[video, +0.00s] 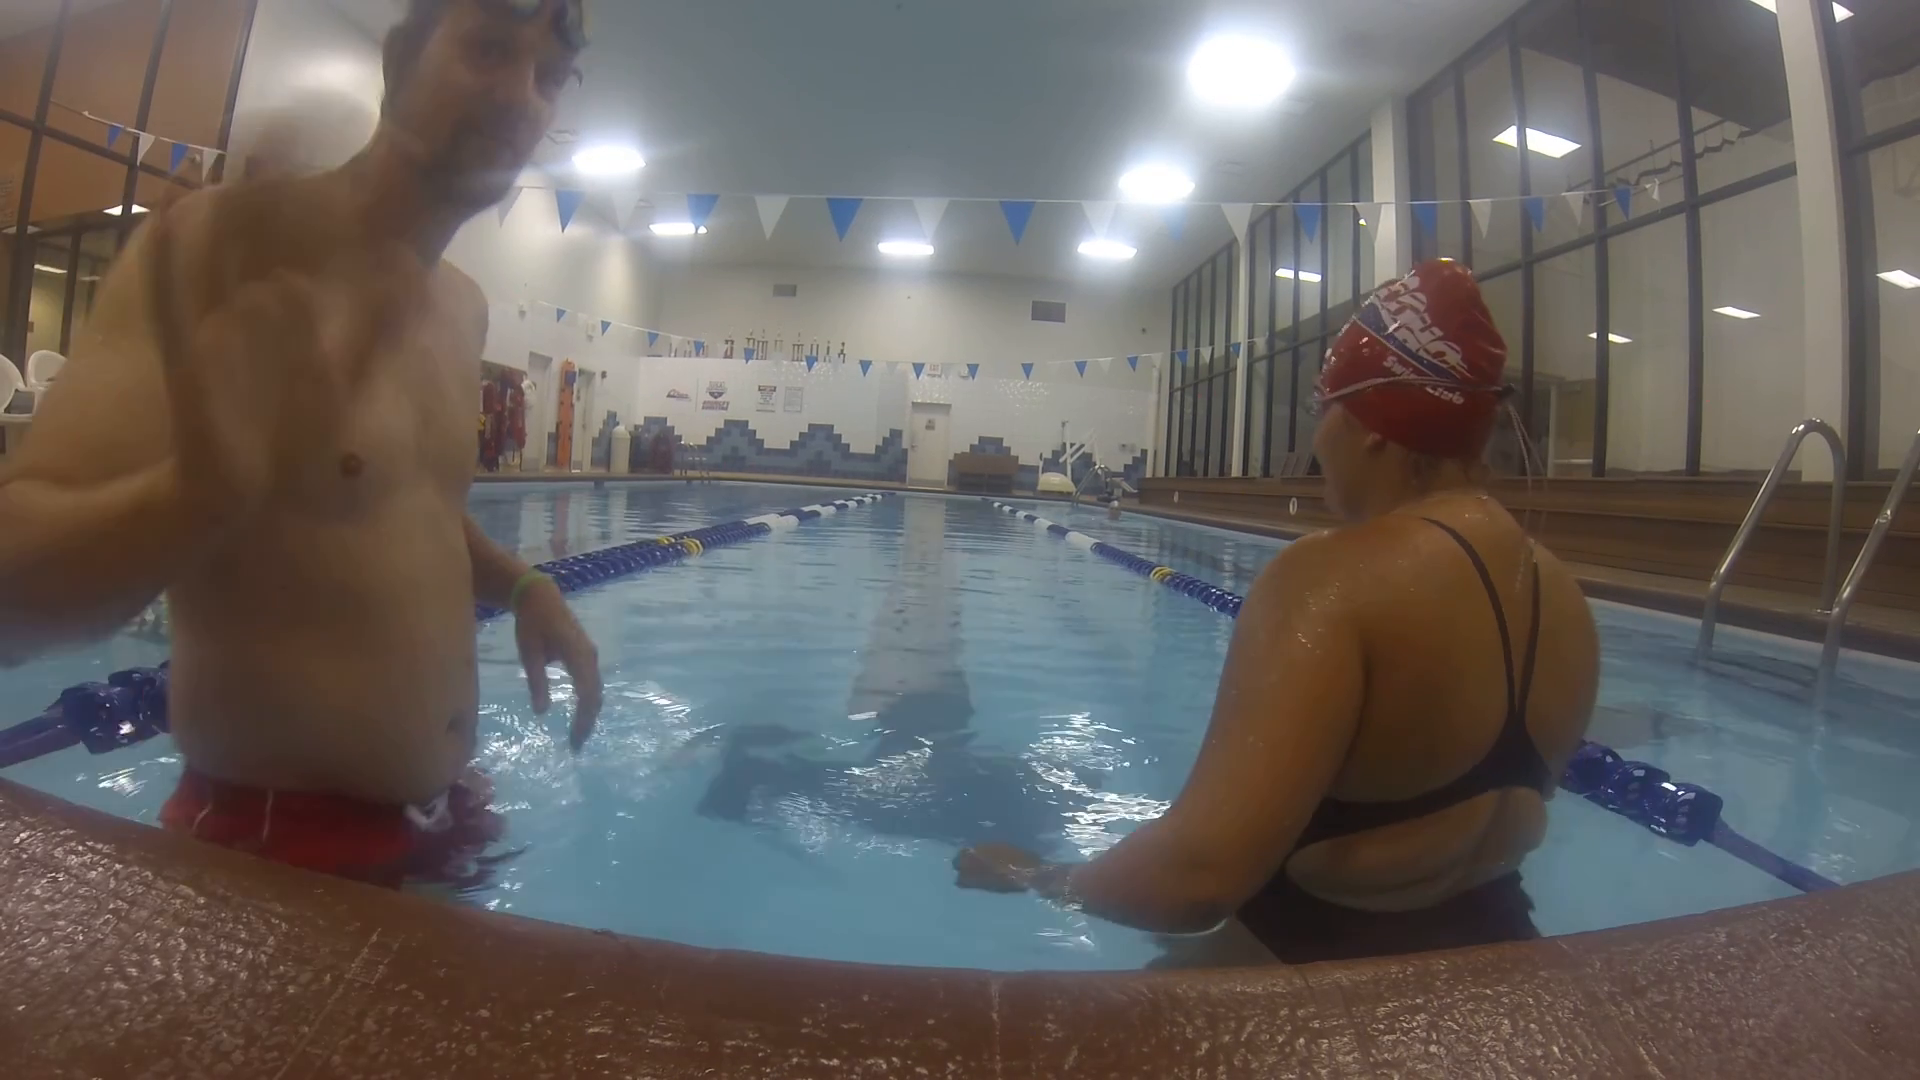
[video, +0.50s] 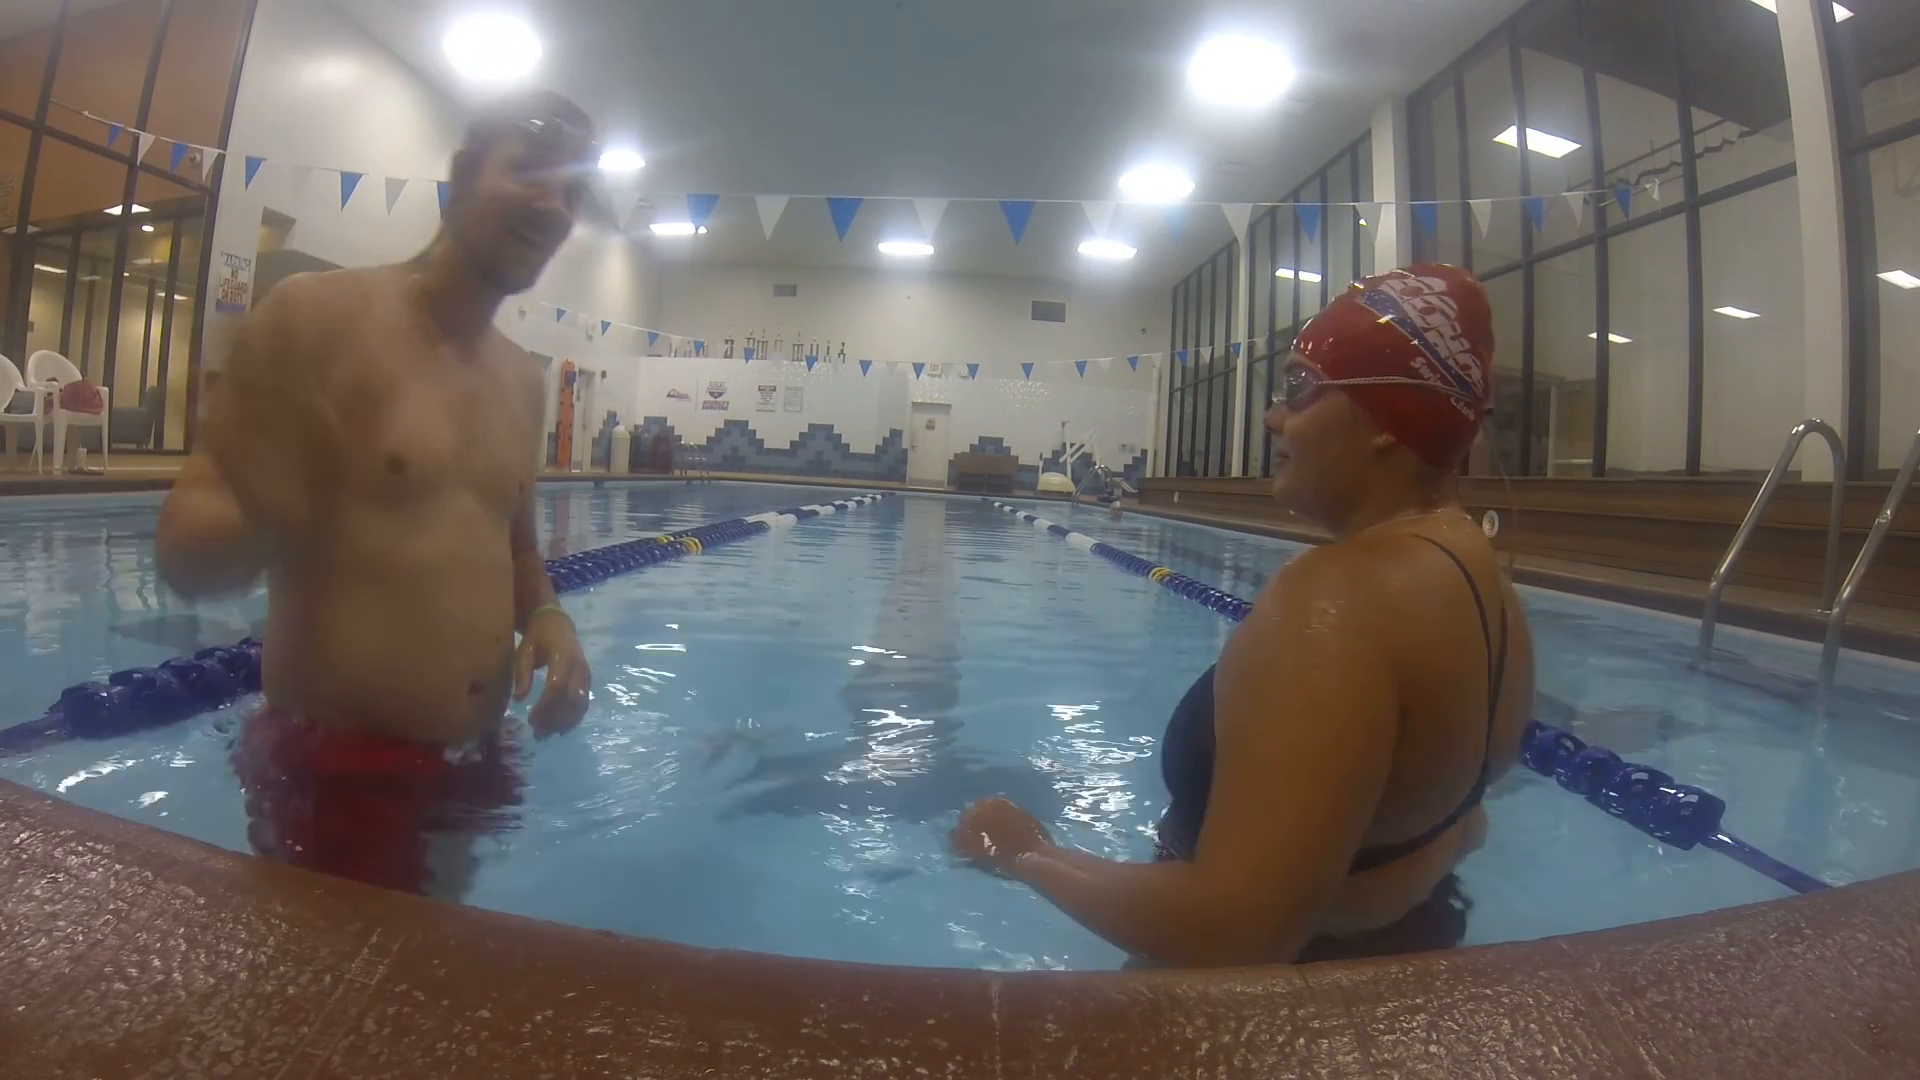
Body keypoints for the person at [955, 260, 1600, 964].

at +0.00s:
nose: (1317, 433)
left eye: (1327, 406)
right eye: (1324, 406)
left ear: (1375, 426)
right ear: (1470, 425)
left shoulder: (1327, 582)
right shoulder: (1557, 591)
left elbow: (1199, 875)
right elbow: (1512, 805)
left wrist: (1040, 879)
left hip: (1308, 981)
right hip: (1493, 964)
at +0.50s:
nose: (1276, 418)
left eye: (1305, 393)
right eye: (1289, 390)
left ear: (1385, 428)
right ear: (1388, 429)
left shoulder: (1333, 602)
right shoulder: (1473, 561)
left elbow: (1238, 925)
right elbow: (1491, 760)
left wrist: (1029, 857)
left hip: (1268, 986)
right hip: (1405, 955)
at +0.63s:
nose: (1272, 414)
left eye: (1302, 387)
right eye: (1284, 386)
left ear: (1390, 427)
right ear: (1388, 429)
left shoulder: (1352, 610)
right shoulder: (1455, 560)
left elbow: (1274, 935)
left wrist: (1045, 867)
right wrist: (1206, 870)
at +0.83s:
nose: (1266, 418)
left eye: (1306, 394)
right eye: (1275, 396)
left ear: (1401, 438)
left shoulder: (1404, 627)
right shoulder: (1372, 589)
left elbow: (1375, 948)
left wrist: (1095, 860)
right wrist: (1203, 761)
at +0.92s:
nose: (1269, 420)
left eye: (1313, 396)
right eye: (1270, 395)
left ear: (1407, 440)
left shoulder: (1420, 633)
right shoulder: (1346, 585)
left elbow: (1417, 939)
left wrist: (1135, 833)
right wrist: (1192, 773)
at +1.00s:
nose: (1279, 427)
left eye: (1323, 405)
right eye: (1270, 404)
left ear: (1406, 445)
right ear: (1254, 420)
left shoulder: (1431, 635)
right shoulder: (1322, 584)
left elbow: (1452, 921)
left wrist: (1212, 788)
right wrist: (1174, 758)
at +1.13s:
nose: (1282, 443)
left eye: (1326, 420)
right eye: (1264, 417)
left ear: (1394, 452)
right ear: (1244, 435)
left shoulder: (1433, 619)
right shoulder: (1278, 597)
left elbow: (1508, 908)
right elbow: (1260, 774)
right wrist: (1135, 755)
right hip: (1220, 993)